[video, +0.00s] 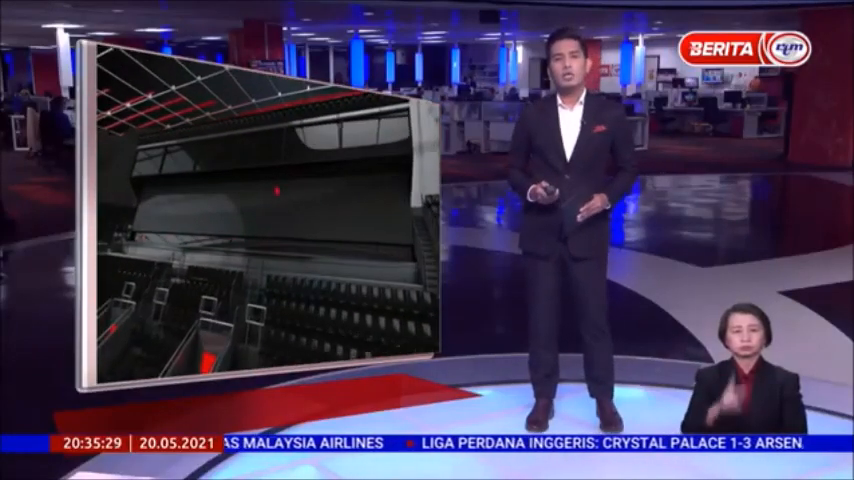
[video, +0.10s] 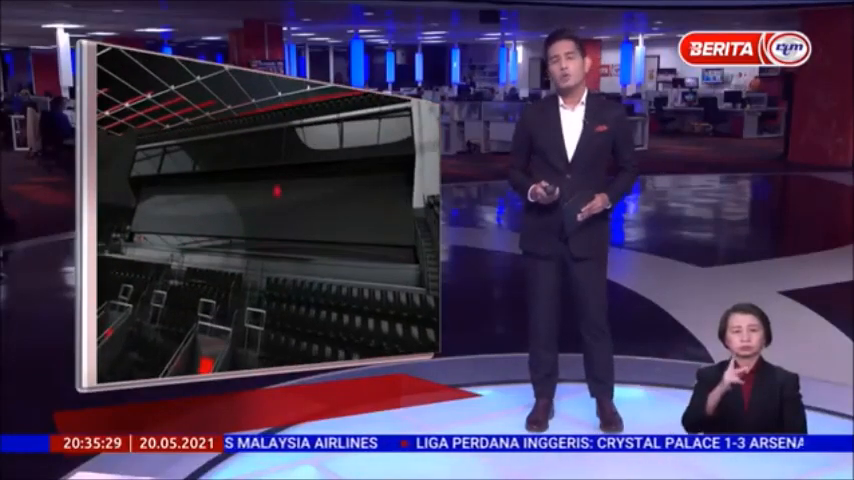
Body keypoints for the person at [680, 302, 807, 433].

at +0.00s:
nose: (745, 338)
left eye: (753, 330)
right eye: (737, 331)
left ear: (765, 337)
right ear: (725, 339)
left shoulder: (785, 381)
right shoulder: (708, 377)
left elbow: (796, 437)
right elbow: (689, 429)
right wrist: (719, 408)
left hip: (768, 464)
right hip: (715, 463)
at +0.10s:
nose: (745, 338)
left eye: (753, 330)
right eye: (737, 331)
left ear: (765, 337)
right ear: (725, 340)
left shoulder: (785, 381)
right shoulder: (709, 376)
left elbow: (796, 438)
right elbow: (691, 425)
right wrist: (722, 388)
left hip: (769, 464)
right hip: (717, 463)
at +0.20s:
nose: (745, 338)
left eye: (753, 330)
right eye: (737, 331)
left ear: (765, 337)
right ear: (725, 340)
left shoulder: (785, 381)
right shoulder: (709, 376)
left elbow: (796, 437)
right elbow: (691, 423)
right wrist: (724, 385)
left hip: (769, 464)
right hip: (718, 462)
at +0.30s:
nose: (745, 338)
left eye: (753, 330)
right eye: (737, 331)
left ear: (765, 337)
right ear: (725, 340)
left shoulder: (785, 381)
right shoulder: (710, 377)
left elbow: (797, 436)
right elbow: (692, 425)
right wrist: (725, 389)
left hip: (770, 464)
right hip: (718, 462)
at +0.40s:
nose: (746, 338)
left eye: (753, 330)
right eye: (737, 331)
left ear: (765, 337)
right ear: (726, 340)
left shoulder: (785, 381)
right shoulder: (710, 377)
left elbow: (797, 437)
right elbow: (691, 425)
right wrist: (723, 389)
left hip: (770, 464)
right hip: (719, 462)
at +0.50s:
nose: (746, 338)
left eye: (753, 330)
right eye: (737, 331)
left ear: (765, 337)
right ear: (726, 340)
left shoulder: (785, 381)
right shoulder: (710, 376)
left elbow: (797, 435)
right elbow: (689, 423)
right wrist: (720, 390)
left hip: (769, 464)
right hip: (717, 463)